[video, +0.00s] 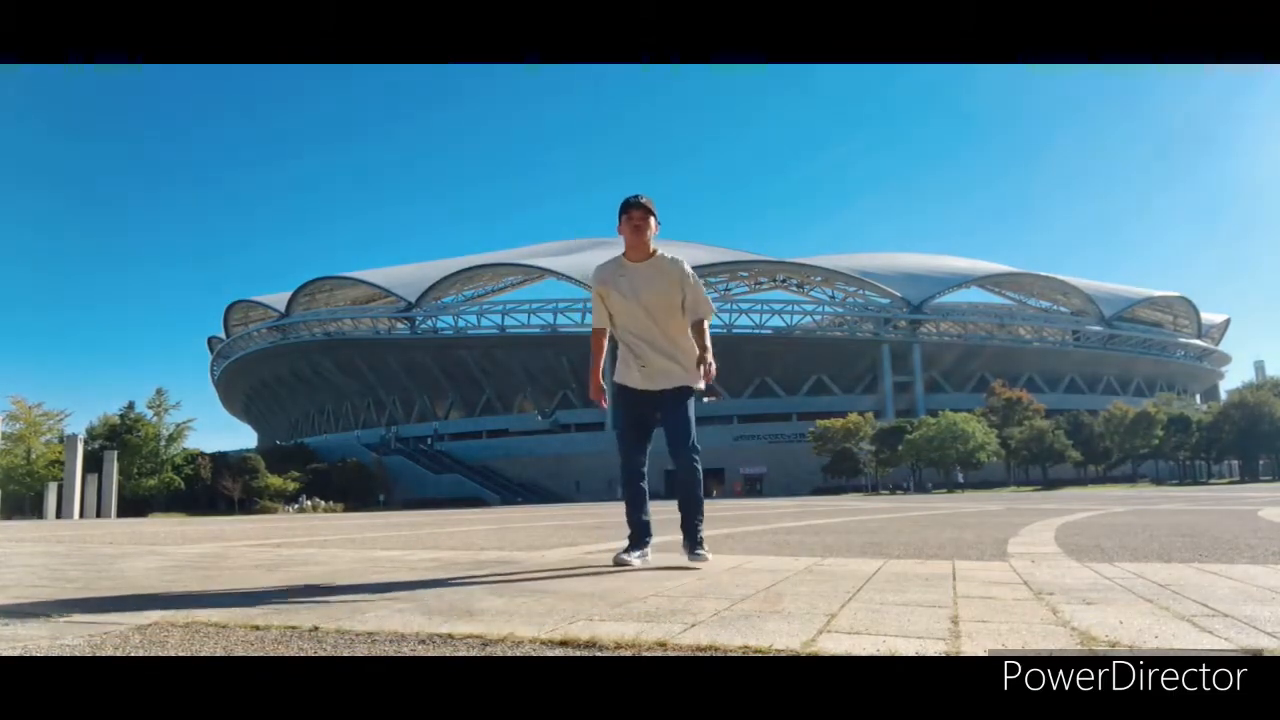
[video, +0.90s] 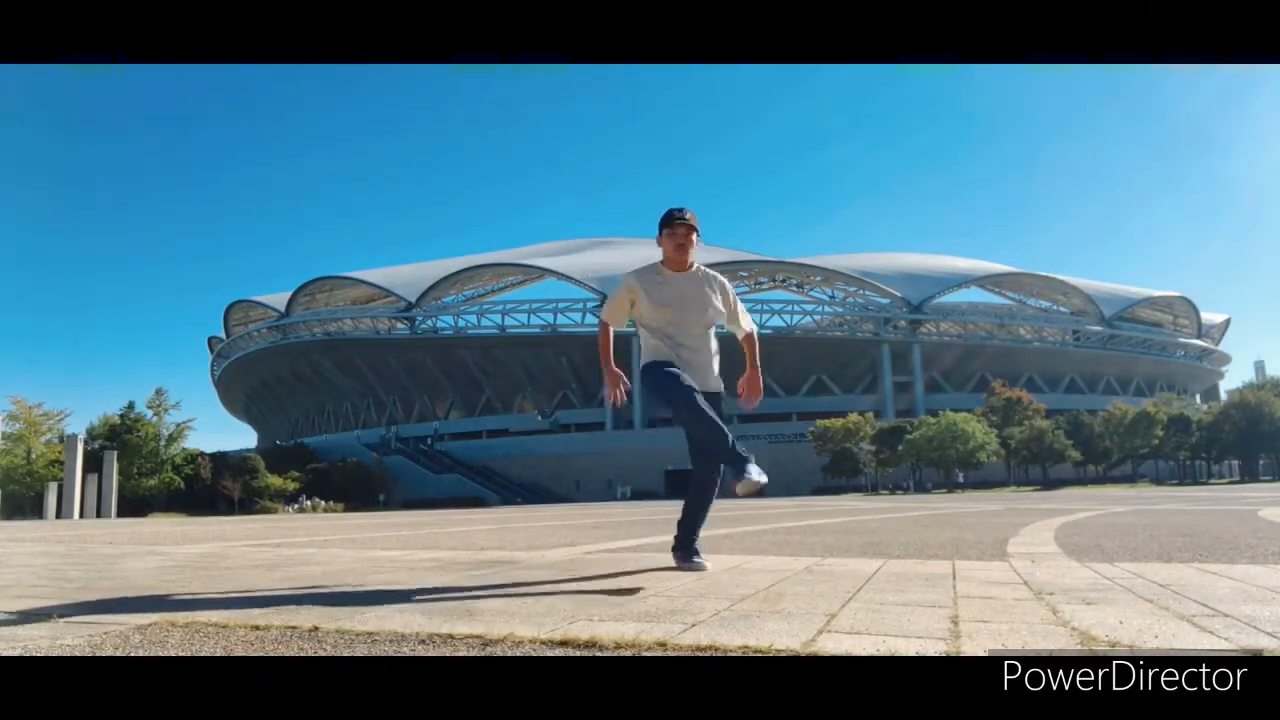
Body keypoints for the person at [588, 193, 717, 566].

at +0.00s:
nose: (637, 226)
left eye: (643, 220)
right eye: (631, 221)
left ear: (655, 226)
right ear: (620, 227)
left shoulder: (678, 270)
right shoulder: (605, 276)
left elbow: (699, 319)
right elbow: (600, 329)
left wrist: (706, 355)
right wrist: (595, 375)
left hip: (678, 380)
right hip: (629, 382)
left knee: (687, 457)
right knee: (632, 467)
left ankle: (694, 538)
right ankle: (638, 542)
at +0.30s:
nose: (671, 226)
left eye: (677, 219)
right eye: (664, 220)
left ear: (688, 225)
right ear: (652, 226)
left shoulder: (708, 269)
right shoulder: (635, 264)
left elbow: (711, 330)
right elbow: (611, 313)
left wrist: (711, 380)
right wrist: (610, 362)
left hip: (694, 379)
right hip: (646, 374)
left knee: (699, 467)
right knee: (623, 449)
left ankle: (695, 548)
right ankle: (642, 507)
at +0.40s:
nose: (675, 227)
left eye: (680, 221)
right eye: (667, 221)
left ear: (691, 226)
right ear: (654, 228)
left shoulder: (712, 268)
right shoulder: (637, 267)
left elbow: (715, 322)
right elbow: (606, 307)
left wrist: (710, 376)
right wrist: (608, 357)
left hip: (698, 377)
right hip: (654, 364)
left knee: (699, 467)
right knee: (622, 419)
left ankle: (693, 549)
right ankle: (616, 458)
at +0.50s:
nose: (677, 230)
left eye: (683, 223)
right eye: (669, 224)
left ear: (694, 228)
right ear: (656, 230)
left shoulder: (715, 270)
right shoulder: (643, 273)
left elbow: (719, 319)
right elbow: (605, 311)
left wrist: (700, 355)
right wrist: (604, 362)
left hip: (702, 378)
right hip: (661, 362)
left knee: (702, 468)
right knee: (629, 410)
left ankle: (692, 548)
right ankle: (572, 442)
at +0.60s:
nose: (684, 223)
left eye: (689, 217)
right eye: (676, 217)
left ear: (698, 223)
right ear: (662, 224)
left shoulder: (715, 269)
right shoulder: (644, 267)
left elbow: (719, 322)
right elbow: (616, 315)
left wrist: (710, 365)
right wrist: (618, 363)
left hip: (710, 381)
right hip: (665, 371)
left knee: (709, 466)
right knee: (639, 439)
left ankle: (692, 549)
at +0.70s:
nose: (684, 233)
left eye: (690, 227)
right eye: (677, 227)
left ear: (699, 233)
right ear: (664, 232)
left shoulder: (713, 275)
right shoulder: (640, 273)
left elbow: (731, 323)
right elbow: (631, 319)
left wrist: (707, 351)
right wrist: (649, 352)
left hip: (701, 363)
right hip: (655, 364)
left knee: (704, 451)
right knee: (664, 442)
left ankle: (695, 544)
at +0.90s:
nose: (682, 239)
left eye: (688, 233)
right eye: (674, 233)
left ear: (696, 239)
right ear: (661, 239)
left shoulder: (714, 283)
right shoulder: (639, 281)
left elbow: (745, 328)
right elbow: (606, 321)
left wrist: (754, 370)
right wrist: (608, 368)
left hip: (705, 379)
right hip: (659, 368)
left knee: (707, 467)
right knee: (681, 391)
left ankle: (685, 546)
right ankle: (742, 465)